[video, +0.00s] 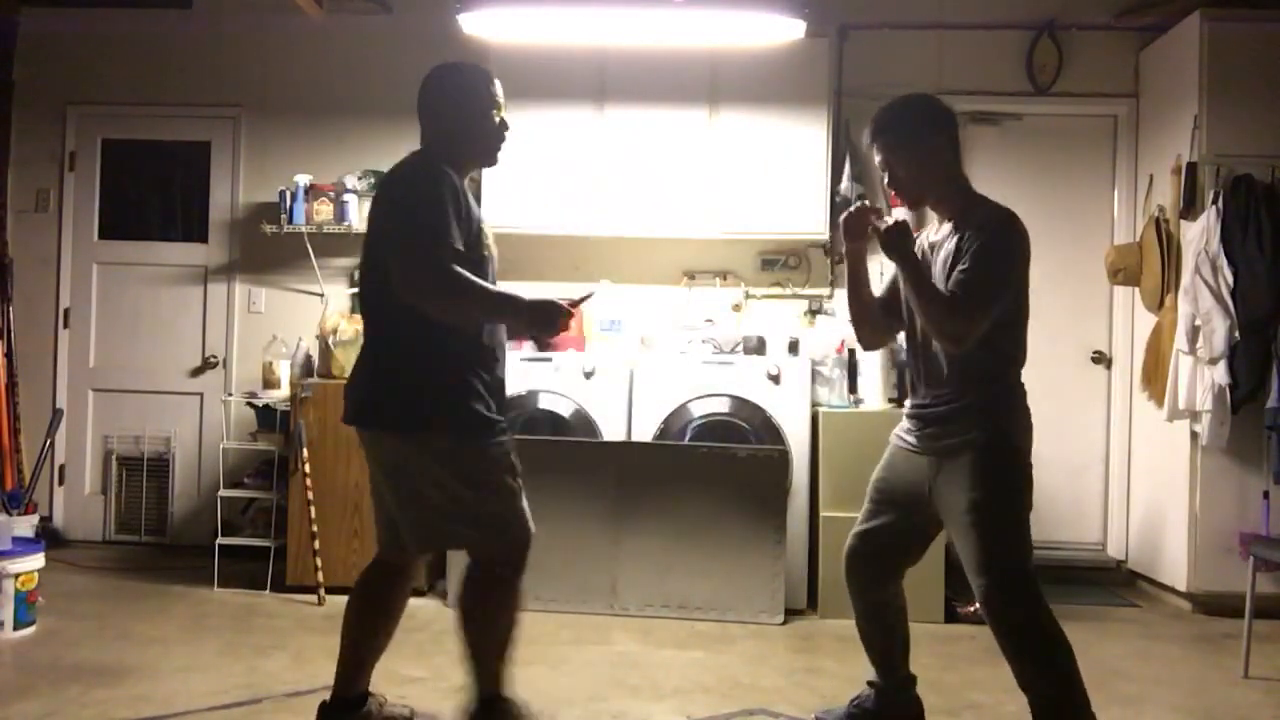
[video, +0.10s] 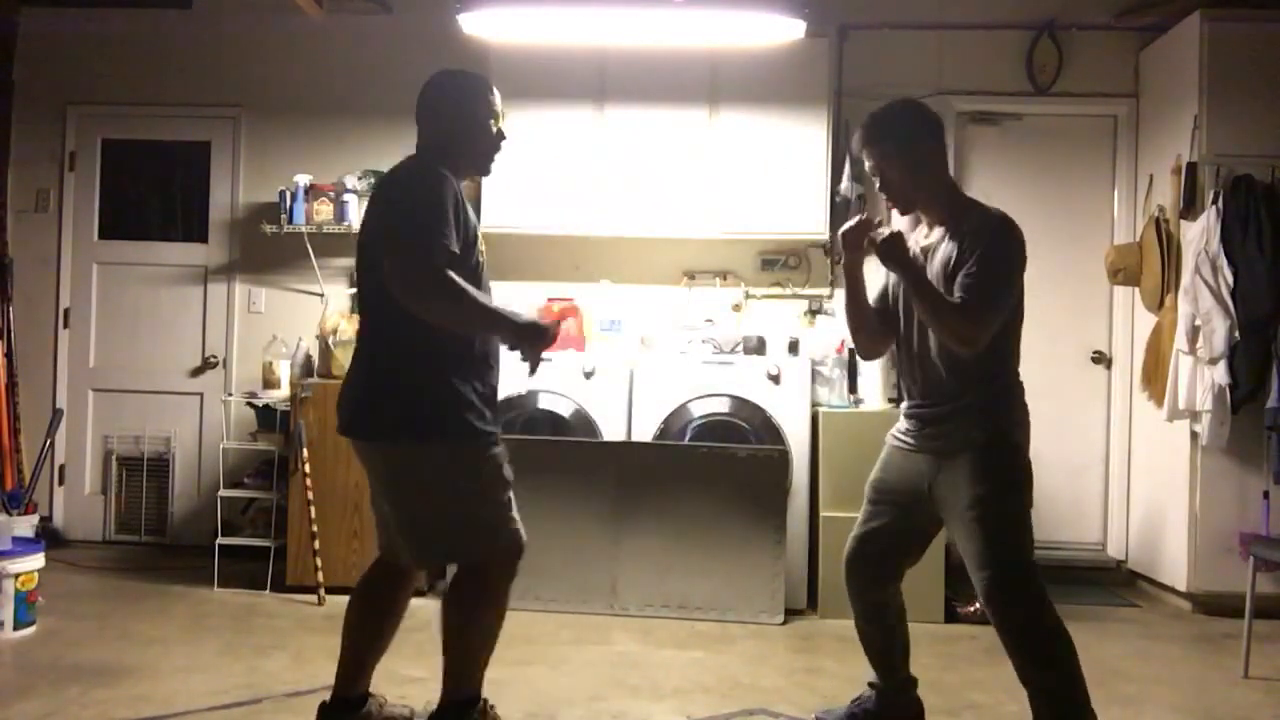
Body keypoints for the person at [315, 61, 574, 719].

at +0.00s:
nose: (505, 126)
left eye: (502, 111)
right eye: (493, 110)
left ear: (446, 117)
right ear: (450, 115)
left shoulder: (434, 185)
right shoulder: (428, 180)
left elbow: (432, 291)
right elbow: (421, 279)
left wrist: (517, 320)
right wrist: (521, 312)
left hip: (396, 405)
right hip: (439, 407)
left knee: (398, 556)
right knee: (505, 543)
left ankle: (347, 701)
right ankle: (491, 702)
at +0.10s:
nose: (503, 136)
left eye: (503, 123)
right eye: (494, 121)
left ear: (439, 124)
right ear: (449, 121)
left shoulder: (419, 188)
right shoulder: (424, 184)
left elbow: (425, 295)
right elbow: (419, 282)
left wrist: (514, 328)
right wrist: (518, 328)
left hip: (392, 408)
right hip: (430, 410)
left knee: (402, 557)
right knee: (496, 550)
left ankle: (346, 702)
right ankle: (461, 706)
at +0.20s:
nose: (505, 145)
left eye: (506, 132)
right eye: (497, 128)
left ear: (445, 124)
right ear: (454, 121)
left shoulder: (429, 186)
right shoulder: (429, 179)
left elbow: (462, 313)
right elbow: (426, 287)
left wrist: (531, 290)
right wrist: (501, 368)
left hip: (381, 405)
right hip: (428, 405)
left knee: (390, 554)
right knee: (514, 536)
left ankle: (345, 700)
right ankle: (473, 698)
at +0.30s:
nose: (517, 150)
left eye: (517, 135)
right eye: (510, 132)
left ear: (454, 123)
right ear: (475, 124)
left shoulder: (409, 179)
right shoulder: (452, 178)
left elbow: (481, 291)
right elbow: (438, 281)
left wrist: (542, 240)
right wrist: (499, 376)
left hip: (375, 404)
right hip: (441, 405)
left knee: (382, 552)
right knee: (513, 541)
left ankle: (344, 699)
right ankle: (509, 702)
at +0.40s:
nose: (531, 147)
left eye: (531, 134)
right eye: (524, 133)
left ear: (465, 127)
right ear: (496, 130)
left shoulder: (414, 183)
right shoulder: (482, 185)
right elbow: (481, 286)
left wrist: (531, 243)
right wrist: (528, 364)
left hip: (378, 401)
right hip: (458, 406)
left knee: (381, 556)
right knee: (510, 563)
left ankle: (344, 699)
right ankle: (535, 709)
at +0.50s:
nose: (552, 148)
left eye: (552, 134)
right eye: (546, 133)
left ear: (486, 126)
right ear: (521, 130)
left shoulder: (433, 185)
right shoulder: (512, 191)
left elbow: (421, 287)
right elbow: (538, 281)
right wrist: (601, 346)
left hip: (393, 404)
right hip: (479, 409)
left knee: (389, 554)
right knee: (524, 562)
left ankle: (345, 700)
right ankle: (540, 710)